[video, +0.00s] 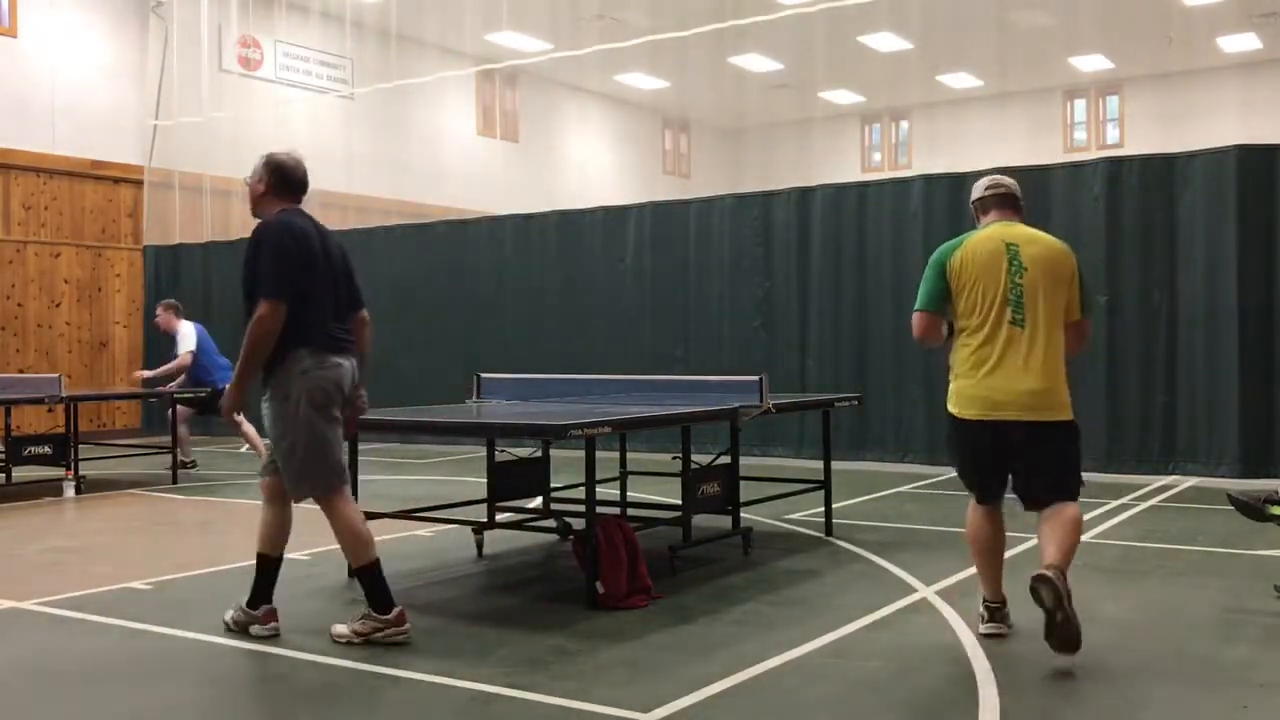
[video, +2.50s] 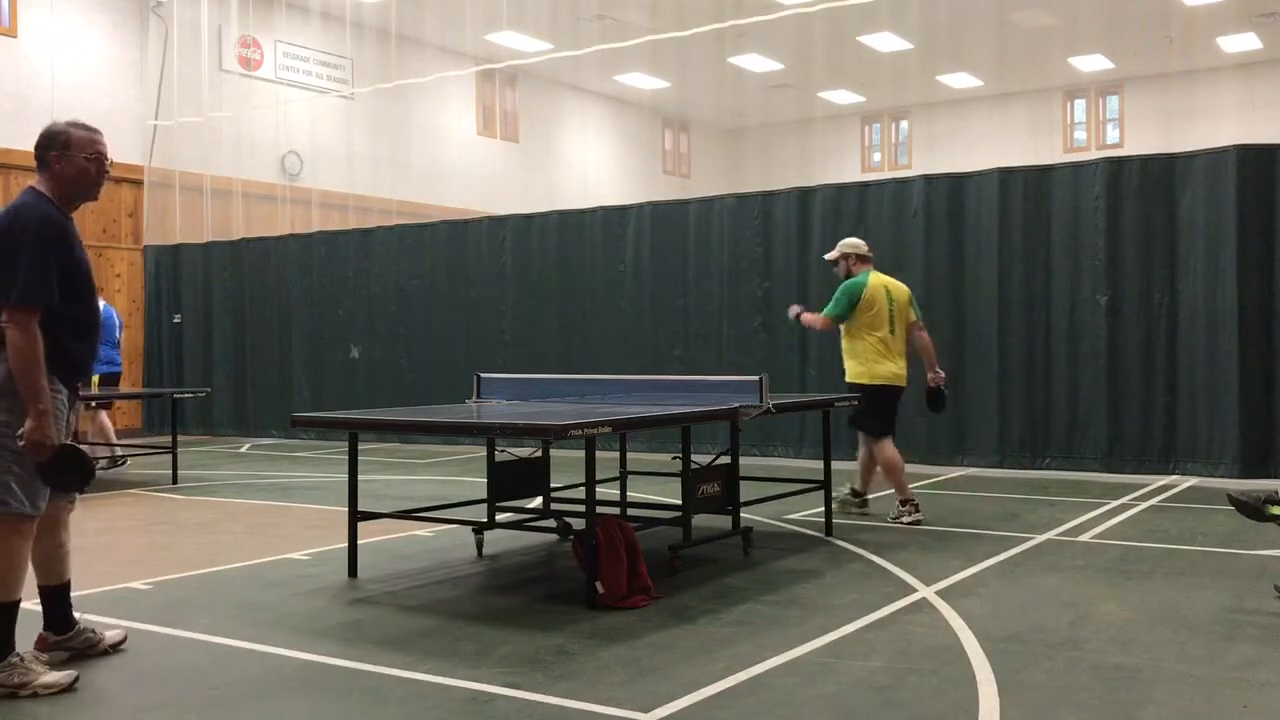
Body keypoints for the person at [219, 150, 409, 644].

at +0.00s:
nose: (248, 192)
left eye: (251, 184)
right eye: (250, 183)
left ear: (264, 187)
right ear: (296, 190)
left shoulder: (271, 232)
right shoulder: (326, 237)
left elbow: (270, 313)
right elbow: (360, 318)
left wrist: (237, 386)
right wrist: (357, 382)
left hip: (302, 369)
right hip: (337, 366)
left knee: (332, 493)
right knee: (275, 486)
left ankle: (384, 610)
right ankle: (258, 607)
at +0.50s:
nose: (172, 179)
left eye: (178, 171)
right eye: (175, 171)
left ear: (198, 176)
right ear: (217, 183)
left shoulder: (193, 223)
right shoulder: (247, 231)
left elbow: (192, 305)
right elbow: (253, 309)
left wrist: (169, 384)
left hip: (209, 368)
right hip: (256, 367)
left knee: (153, 480)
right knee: (236, 487)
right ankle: (257, 607)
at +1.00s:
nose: (127, 189)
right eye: (125, 182)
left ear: (73, 189)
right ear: (120, 186)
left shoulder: (43, 233)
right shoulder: (150, 235)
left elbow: (13, 315)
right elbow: (178, 324)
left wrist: (5, 371)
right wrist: (191, 390)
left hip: (66, 375)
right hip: (139, 373)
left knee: (69, 504)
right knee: (166, 495)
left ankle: (57, 629)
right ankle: (201, 613)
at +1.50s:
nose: (110, 179)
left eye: (108, 170)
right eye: (105, 170)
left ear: (54, 176)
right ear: (84, 172)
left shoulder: (16, 224)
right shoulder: (88, 218)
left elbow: (15, 306)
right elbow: (98, 306)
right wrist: (130, 386)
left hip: (9, 366)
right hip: (57, 368)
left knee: (43, 503)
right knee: (70, 503)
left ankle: (54, 627)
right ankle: (22, 644)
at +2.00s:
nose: (108, 173)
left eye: (107, 163)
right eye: (99, 162)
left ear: (59, 165)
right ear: (62, 165)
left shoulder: (31, 214)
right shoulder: (41, 219)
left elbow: (36, 322)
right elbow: (37, 322)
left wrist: (69, 409)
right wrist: (63, 414)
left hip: (25, 380)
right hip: (20, 383)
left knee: (37, 509)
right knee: (13, 516)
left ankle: (58, 628)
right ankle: (5, 658)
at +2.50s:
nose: (106, 170)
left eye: (106, 160)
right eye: (95, 159)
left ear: (63, 162)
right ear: (56, 160)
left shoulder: (53, 219)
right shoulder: (32, 218)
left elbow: (53, 322)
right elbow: (20, 322)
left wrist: (78, 404)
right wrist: (38, 410)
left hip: (54, 392)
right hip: (29, 393)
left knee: (54, 508)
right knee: (16, 519)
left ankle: (61, 629)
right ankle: (7, 659)